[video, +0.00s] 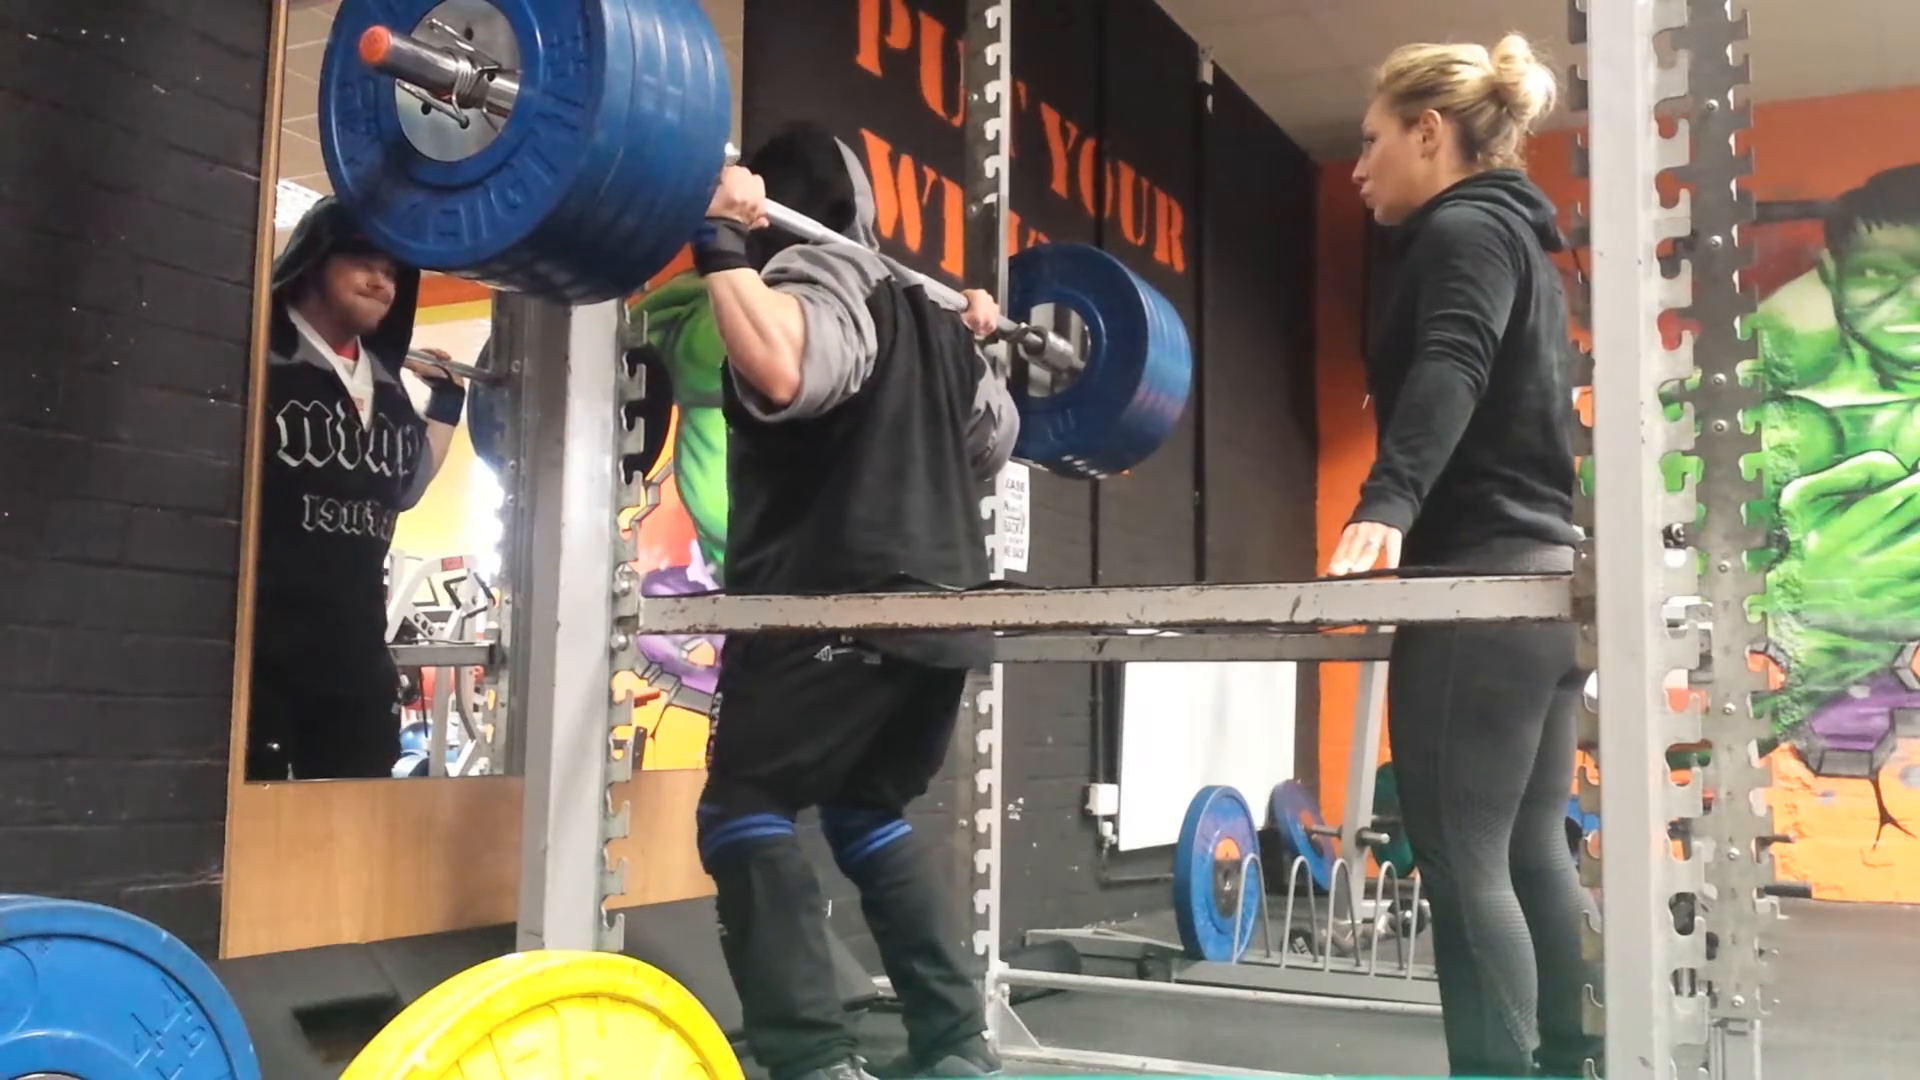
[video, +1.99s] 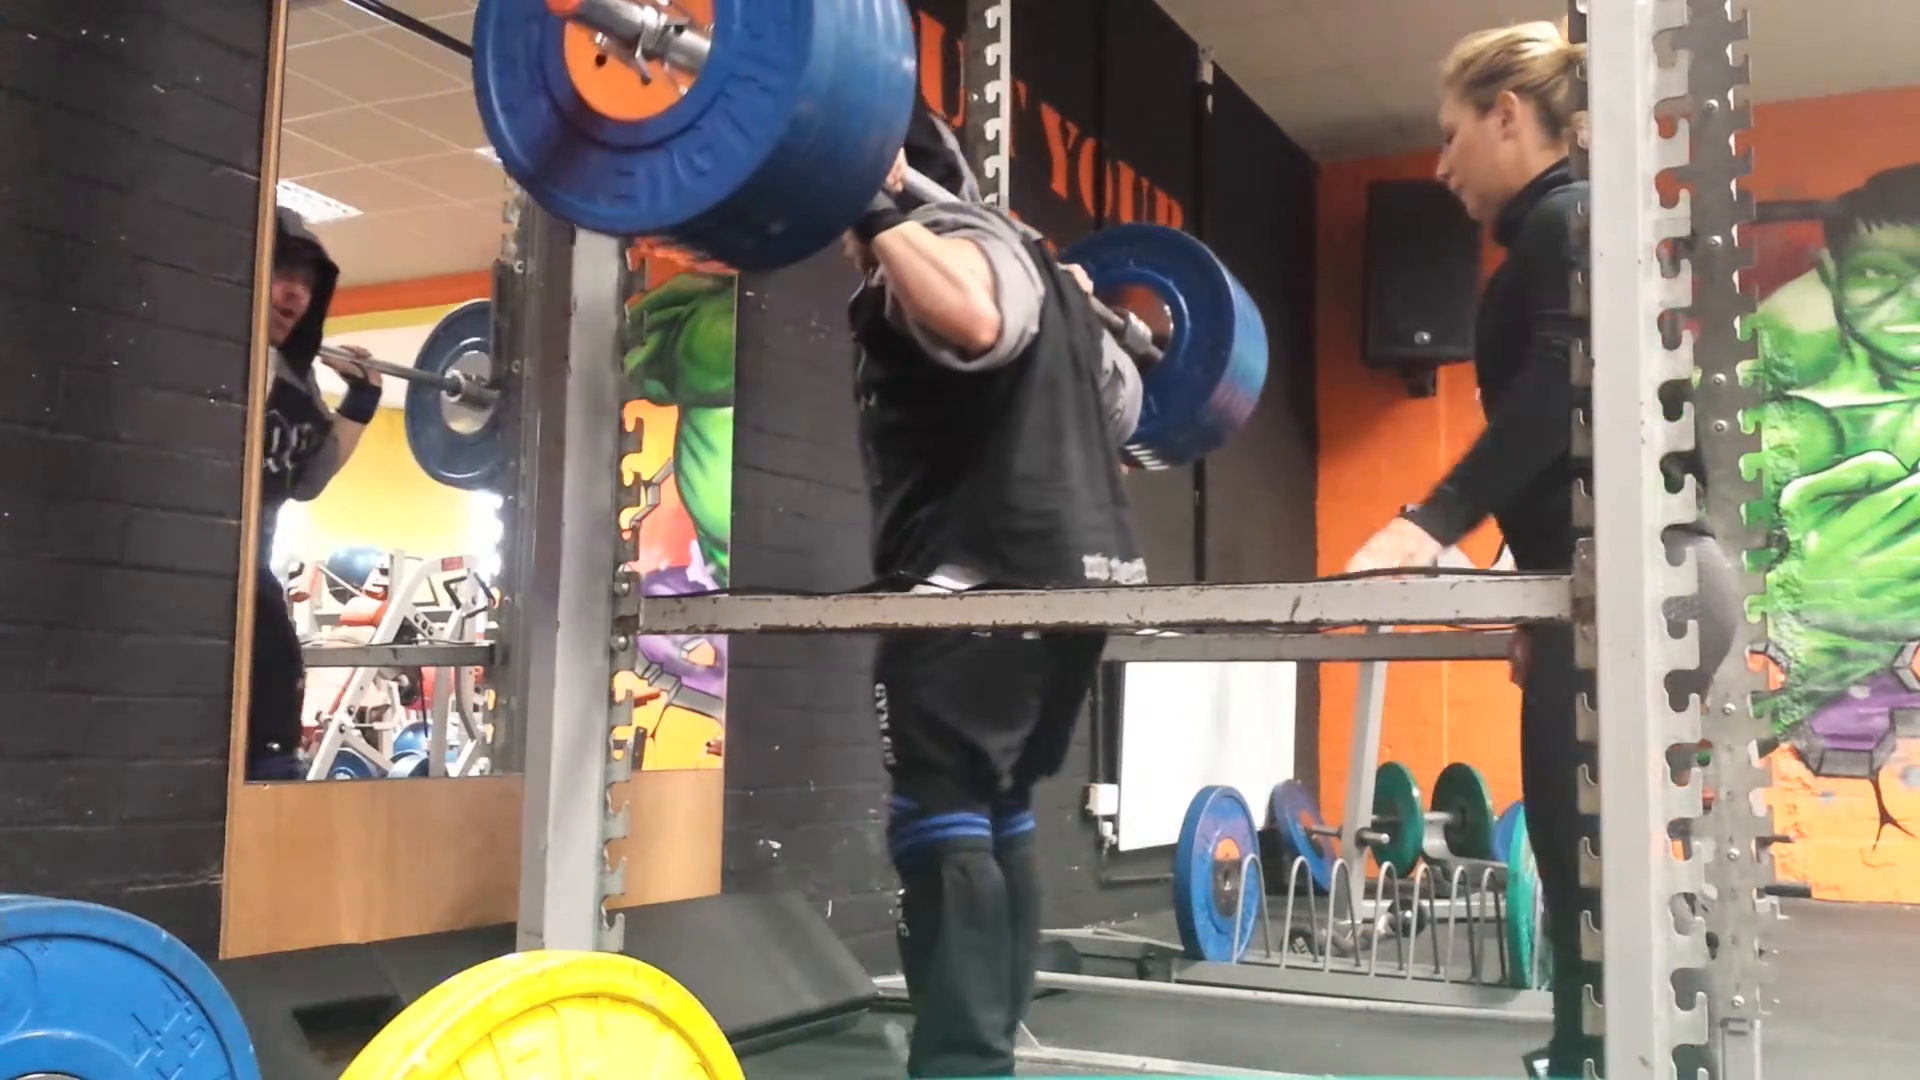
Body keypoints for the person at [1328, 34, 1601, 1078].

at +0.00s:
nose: (1360, 169)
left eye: (1371, 143)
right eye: (1360, 146)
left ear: (1433, 133)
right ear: (1441, 136)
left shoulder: (1464, 226)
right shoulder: (1512, 225)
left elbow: (1452, 360)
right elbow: (1519, 410)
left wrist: (1385, 509)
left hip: (1482, 577)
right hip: (1540, 576)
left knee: (1465, 860)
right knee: (1535, 848)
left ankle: (1495, 1073)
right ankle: (1569, 1066)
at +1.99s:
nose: (1444, 168)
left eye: (1452, 139)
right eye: (1442, 144)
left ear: (1511, 117)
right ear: (1518, 120)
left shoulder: (1563, 221)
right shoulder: (1584, 212)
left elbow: (1548, 403)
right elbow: (1577, 428)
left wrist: (1431, 521)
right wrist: (1539, 592)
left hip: (1597, 570)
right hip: (1617, 563)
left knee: (1575, 823)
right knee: (1598, 821)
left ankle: (1602, 1048)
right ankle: (1639, 1042)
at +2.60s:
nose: (1468, 171)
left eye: (1483, 145)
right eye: (1468, 149)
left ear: (1553, 138)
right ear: (1546, 143)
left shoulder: (1576, 256)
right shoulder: (1557, 263)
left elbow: (1539, 428)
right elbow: (1548, 470)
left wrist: (1370, 475)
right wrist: (1421, 516)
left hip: (1580, 591)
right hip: (1551, 589)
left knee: (1517, 839)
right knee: (1485, 828)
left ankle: (1613, 1053)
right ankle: (1595, 1050)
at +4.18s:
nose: (1530, 179)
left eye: (1549, 152)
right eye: (1526, 155)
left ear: (1611, 146)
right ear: (1558, 152)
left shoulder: (1656, 243)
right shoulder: (1639, 254)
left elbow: (1627, 425)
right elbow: (1615, 477)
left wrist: (1466, 477)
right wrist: (1481, 525)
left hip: (1665, 585)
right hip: (1670, 579)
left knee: (1639, 857)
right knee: (1653, 855)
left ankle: (1654, 1060)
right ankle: (1687, 1058)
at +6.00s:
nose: (1519, 172)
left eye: (1532, 145)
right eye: (1519, 148)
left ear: (1594, 135)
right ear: (1586, 139)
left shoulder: (1652, 236)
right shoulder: (1656, 241)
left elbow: (1586, 417)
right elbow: (1594, 465)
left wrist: (1400, 443)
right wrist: (1442, 495)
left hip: (1683, 587)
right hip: (1701, 586)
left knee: (1640, 868)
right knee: (1664, 866)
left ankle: (1660, 1064)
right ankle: (1685, 1060)